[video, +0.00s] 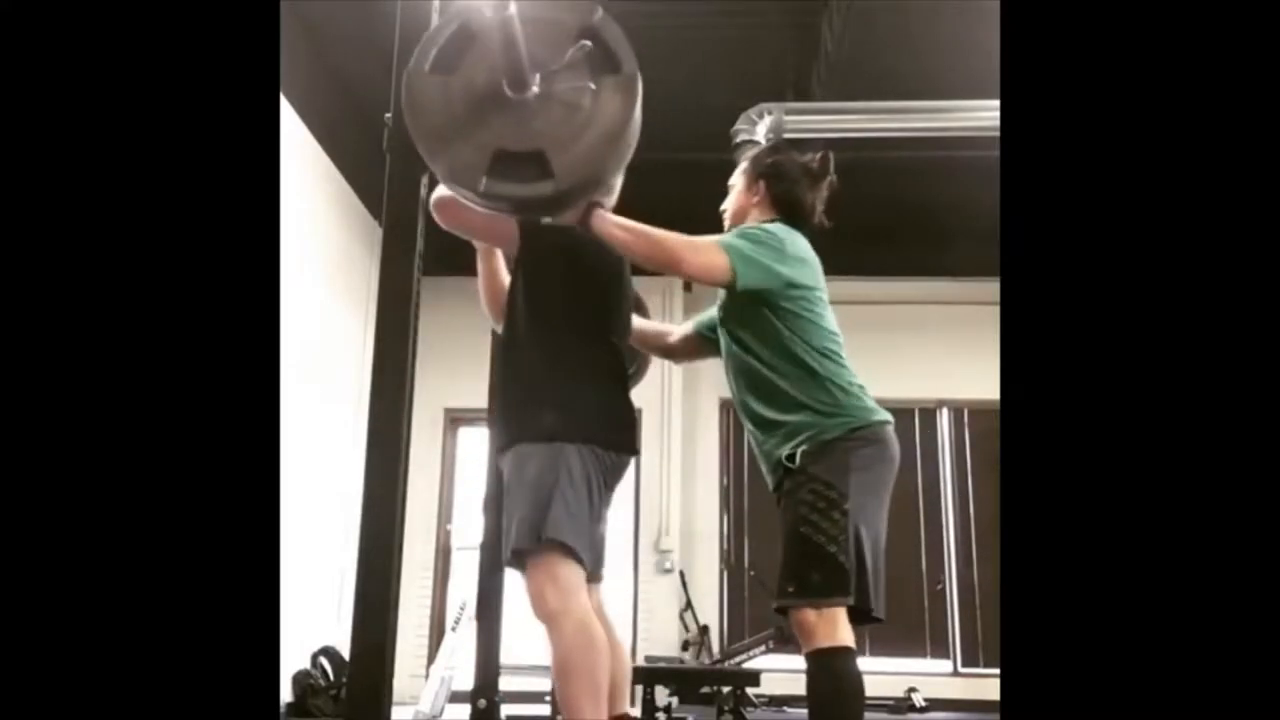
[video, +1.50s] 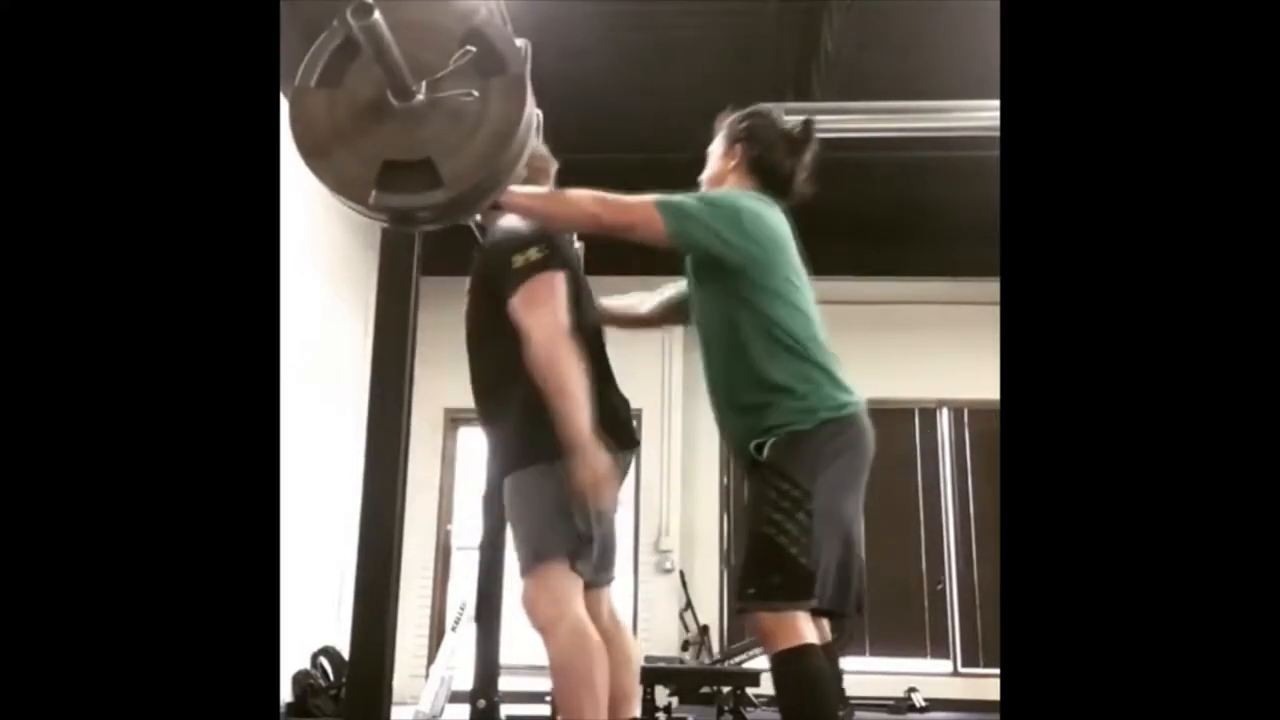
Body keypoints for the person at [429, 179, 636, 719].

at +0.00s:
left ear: (553, 177)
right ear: (596, 187)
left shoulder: (564, 243)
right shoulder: (592, 253)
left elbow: (449, 209)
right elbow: (503, 313)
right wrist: (485, 236)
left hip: (559, 429)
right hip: (587, 431)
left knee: (556, 593)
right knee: (583, 597)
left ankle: (584, 714)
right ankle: (616, 711)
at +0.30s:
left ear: (518, 155)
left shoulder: (543, 217)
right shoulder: (549, 235)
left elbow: (436, 206)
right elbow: (483, 311)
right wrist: (458, 231)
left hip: (551, 420)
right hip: (569, 423)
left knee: (542, 580)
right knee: (570, 584)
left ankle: (576, 714)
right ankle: (605, 709)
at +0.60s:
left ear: (489, 167)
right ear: (528, 175)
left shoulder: (495, 211)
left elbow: (365, 221)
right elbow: (452, 335)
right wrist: (412, 258)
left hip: (528, 418)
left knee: (523, 583)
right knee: (543, 584)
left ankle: (573, 713)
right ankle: (596, 705)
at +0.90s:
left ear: (480, 160)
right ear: (539, 171)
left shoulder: (484, 225)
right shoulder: (541, 239)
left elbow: (365, 247)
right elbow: (451, 342)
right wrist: (410, 282)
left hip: (521, 441)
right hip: (571, 437)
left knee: (512, 607)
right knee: (581, 606)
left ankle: (576, 713)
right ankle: (614, 713)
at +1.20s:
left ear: (479, 176)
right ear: (539, 178)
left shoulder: (497, 240)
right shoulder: (549, 245)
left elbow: (430, 339)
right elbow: (549, 371)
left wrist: (341, 395)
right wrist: (465, 422)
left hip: (556, 443)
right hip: (603, 435)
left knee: (551, 604)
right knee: (600, 603)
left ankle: (585, 716)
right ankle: (624, 716)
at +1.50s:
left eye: (495, 155)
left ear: (498, 176)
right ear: (543, 170)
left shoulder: (521, 239)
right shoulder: (533, 241)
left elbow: (550, 339)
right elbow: (554, 340)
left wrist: (582, 444)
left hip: (548, 453)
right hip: (581, 444)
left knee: (552, 602)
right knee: (596, 608)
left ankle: (587, 712)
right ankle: (622, 712)